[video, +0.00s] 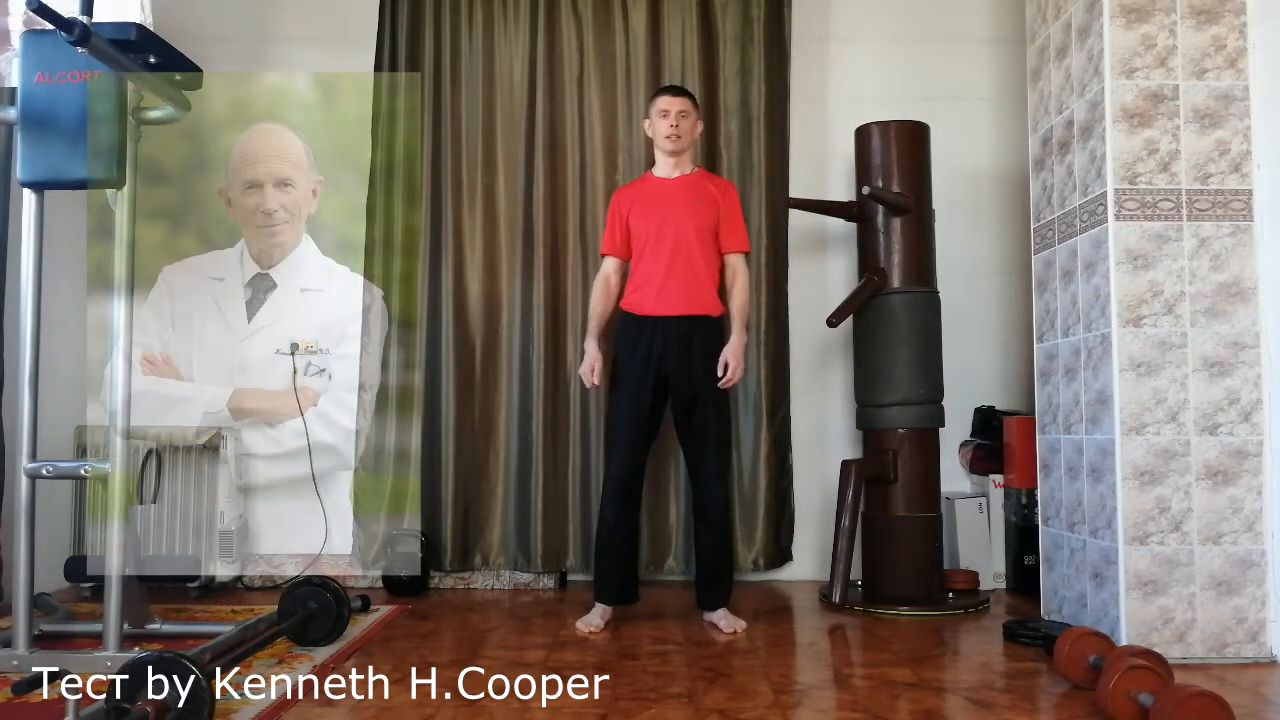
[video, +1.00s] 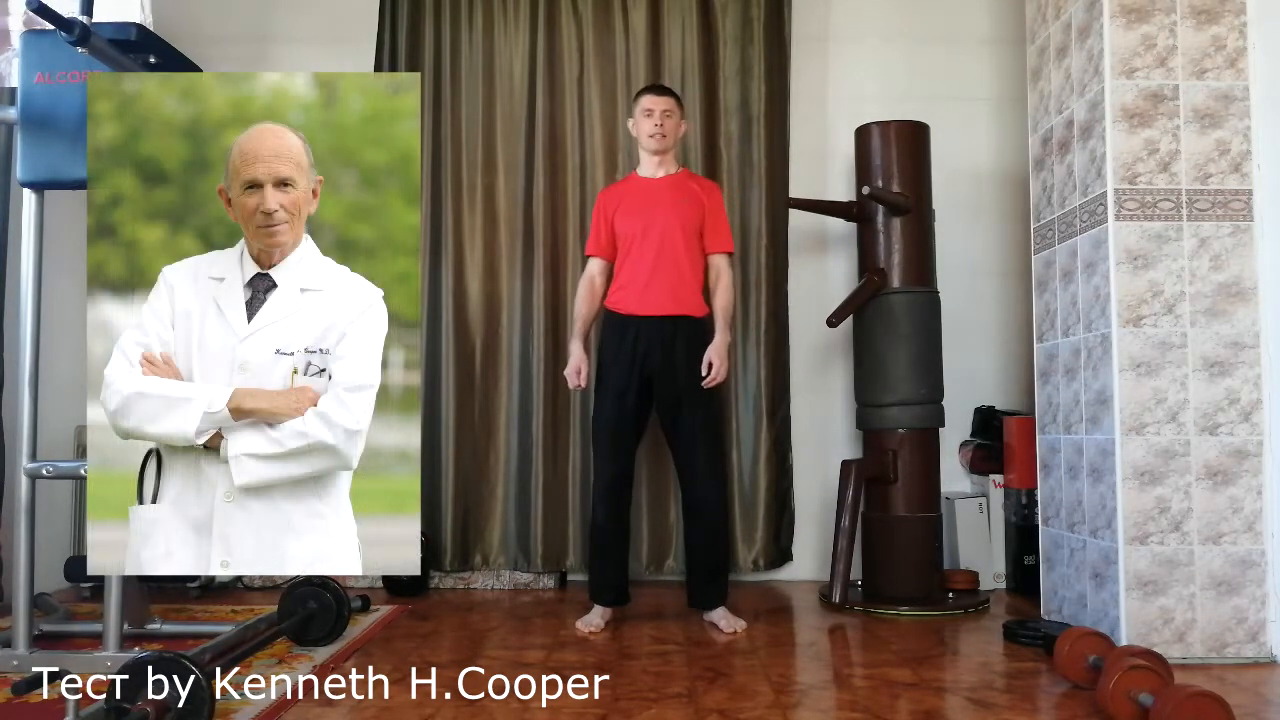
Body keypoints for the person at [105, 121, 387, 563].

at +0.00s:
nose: (269, 203)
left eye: (284, 185)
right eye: (252, 188)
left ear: (314, 194)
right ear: (227, 201)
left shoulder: (354, 300)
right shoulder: (177, 285)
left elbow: (343, 438)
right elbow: (122, 400)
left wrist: (192, 408)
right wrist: (249, 402)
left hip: (303, 547)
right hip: (183, 548)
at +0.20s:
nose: (269, 203)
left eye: (285, 185)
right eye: (252, 188)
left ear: (313, 195)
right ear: (228, 201)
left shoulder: (353, 299)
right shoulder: (177, 284)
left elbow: (340, 437)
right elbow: (124, 403)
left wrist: (201, 419)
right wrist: (253, 401)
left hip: (300, 551)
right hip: (179, 550)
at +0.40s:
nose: (269, 204)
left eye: (284, 185)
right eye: (252, 188)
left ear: (313, 194)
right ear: (228, 202)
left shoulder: (354, 300)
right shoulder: (178, 285)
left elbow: (338, 437)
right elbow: (124, 402)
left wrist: (200, 420)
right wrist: (252, 401)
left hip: (299, 556)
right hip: (177, 554)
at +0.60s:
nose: (269, 204)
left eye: (284, 185)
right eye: (252, 188)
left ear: (313, 194)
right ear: (228, 202)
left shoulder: (354, 300)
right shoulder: (178, 284)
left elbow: (339, 436)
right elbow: (124, 401)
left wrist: (200, 422)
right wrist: (254, 401)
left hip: (298, 555)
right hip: (176, 554)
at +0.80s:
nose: (269, 204)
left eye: (284, 185)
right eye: (252, 188)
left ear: (313, 194)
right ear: (228, 201)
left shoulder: (355, 300)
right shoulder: (179, 284)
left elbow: (338, 437)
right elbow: (123, 400)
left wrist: (199, 421)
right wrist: (250, 400)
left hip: (299, 558)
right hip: (177, 557)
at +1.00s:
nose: (269, 204)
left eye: (284, 185)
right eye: (252, 188)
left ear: (313, 194)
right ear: (228, 202)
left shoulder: (355, 300)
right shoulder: (179, 284)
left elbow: (338, 437)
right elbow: (123, 400)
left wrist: (199, 420)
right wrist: (249, 400)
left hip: (299, 556)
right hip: (178, 556)